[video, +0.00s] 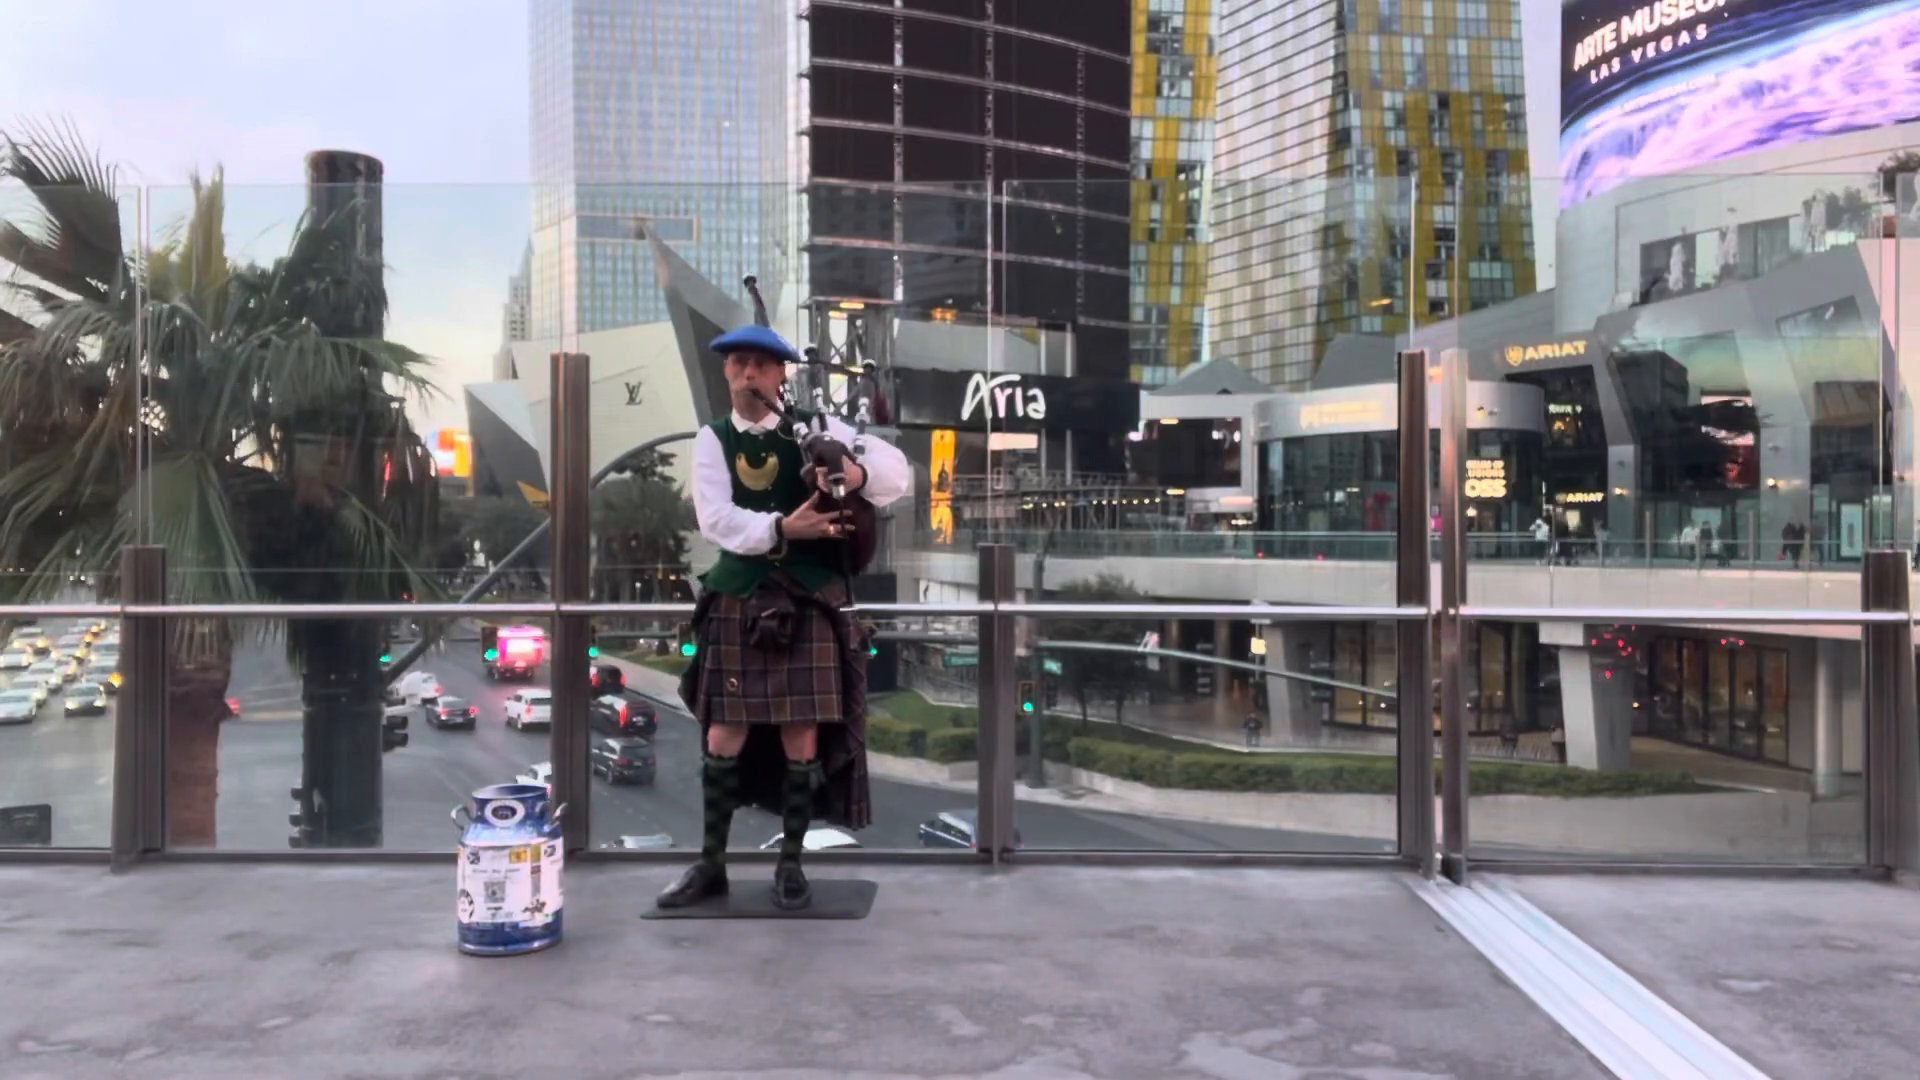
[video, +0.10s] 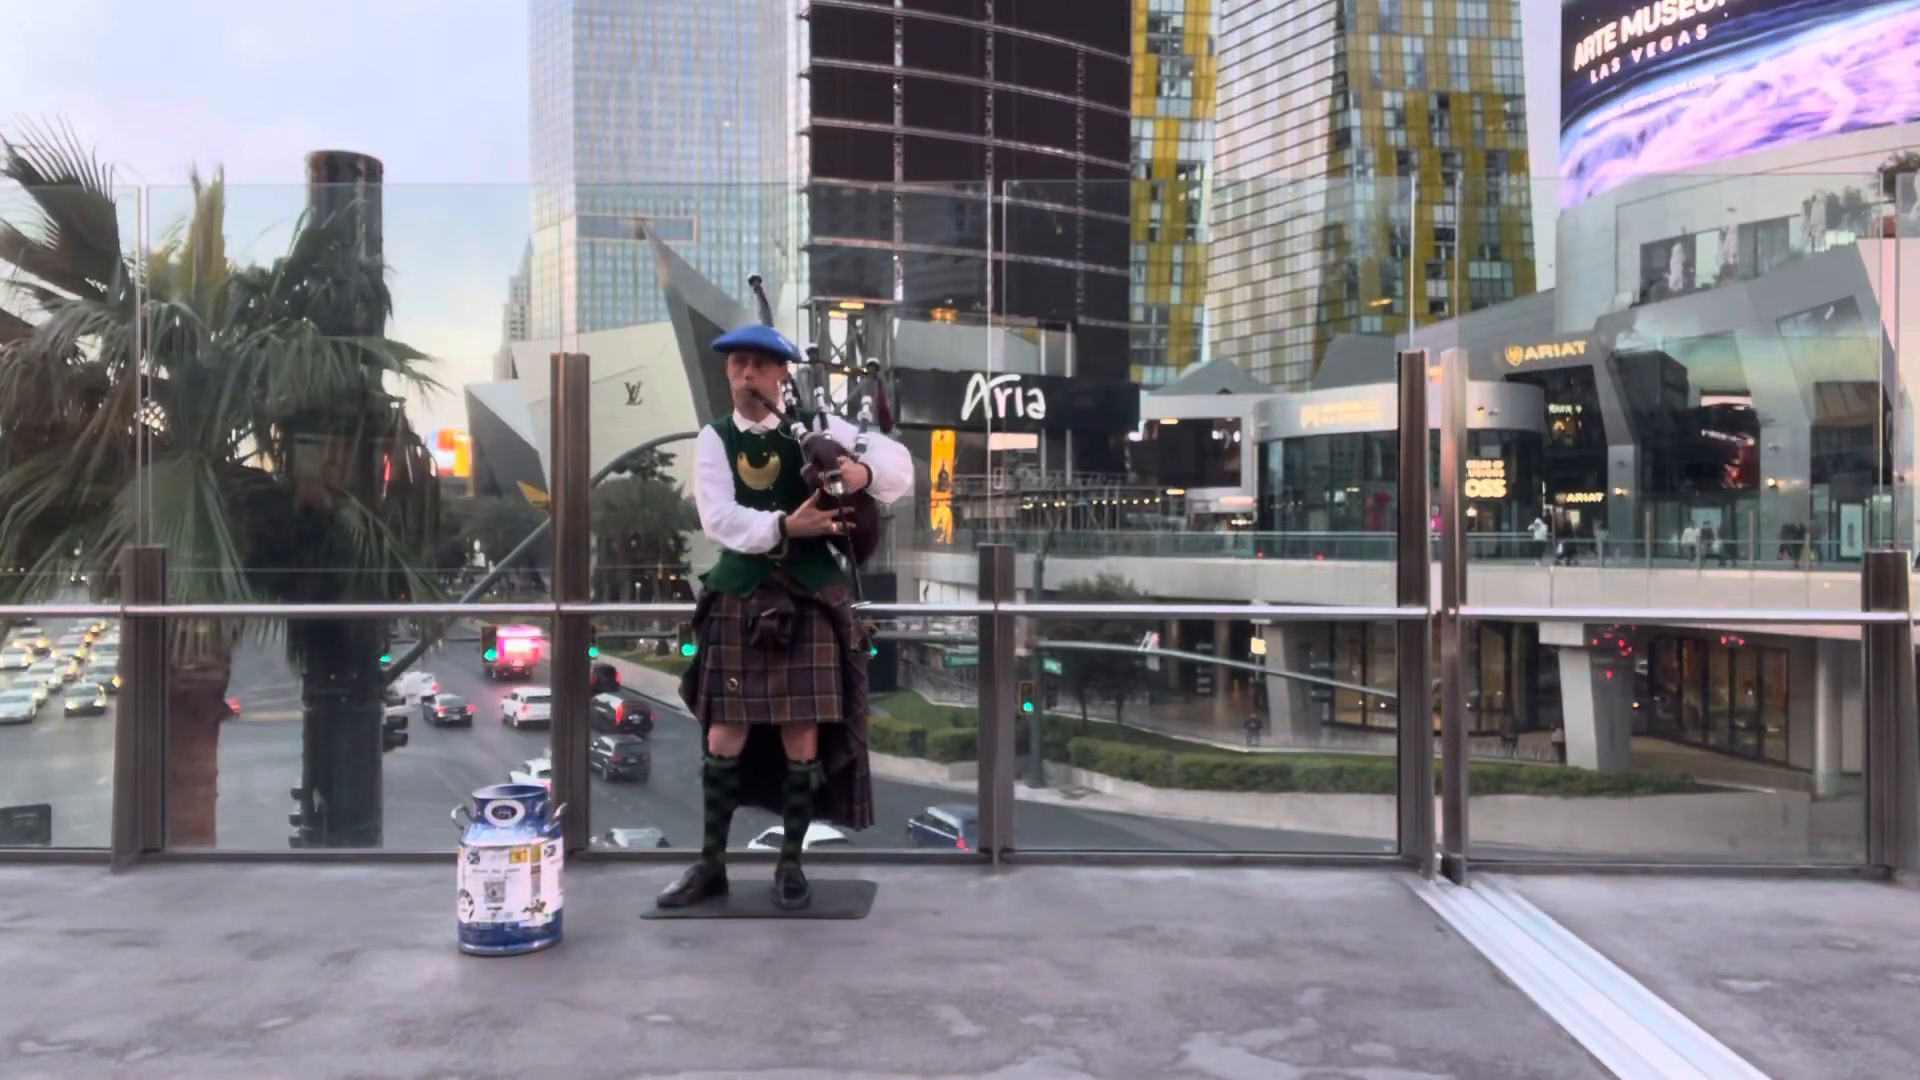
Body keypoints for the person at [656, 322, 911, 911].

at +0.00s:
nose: (748, 371)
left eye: (760, 362)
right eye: (739, 361)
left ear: (781, 372)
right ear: (724, 370)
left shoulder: (818, 430)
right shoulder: (713, 439)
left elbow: (899, 475)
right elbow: (715, 519)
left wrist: (855, 473)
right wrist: (783, 526)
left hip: (810, 597)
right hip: (737, 596)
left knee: (800, 731)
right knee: (724, 730)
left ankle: (791, 864)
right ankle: (712, 865)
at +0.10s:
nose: (746, 372)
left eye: (759, 363)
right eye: (738, 362)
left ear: (784, 372)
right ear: (726, 372)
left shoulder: (819, 427)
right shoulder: (715, 438)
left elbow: (901, 469)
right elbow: (717, 517)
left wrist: (862, 475)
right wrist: (786, 525)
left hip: (811, 595)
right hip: (738, 594)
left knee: (801, 730)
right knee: (725, 729)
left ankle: (790, 863)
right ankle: (711, 865)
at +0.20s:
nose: (743, 374)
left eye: (757, 364)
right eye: (736, 364)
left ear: (784, 371)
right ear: (727, 371)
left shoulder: (819, 424)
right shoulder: (717, 438)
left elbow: (899, 446)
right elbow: (718, 517)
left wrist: (879, 468)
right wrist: (789, 522)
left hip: (810, 594)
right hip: (738, 593)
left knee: (801, 731)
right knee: (724, 730)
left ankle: (790, 865)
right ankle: (710, 866)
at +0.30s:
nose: (739, 373)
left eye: (751, 363)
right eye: (734, 363)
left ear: (783, 370)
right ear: (730, 370)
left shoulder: (819, 424)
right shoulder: (719, 436)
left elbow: (901, 434)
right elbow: (718, 515)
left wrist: (890, 464)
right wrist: (788, 520)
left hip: (808, 594)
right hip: (738, 593)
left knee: (800, 731)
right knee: (725, 730)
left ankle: (790, 865)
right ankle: (711, 865)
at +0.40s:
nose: (738, 372)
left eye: (750, 362)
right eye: (734, 363)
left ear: (783, 369)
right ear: (731, 369)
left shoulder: (822, 424)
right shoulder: (720, 436)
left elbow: (902, 435)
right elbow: (719, 514)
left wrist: (889, 473)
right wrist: (789, 518)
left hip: (809, 594)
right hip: (739, 593)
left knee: (800, 731)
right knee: (725, 730)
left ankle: (790, 866)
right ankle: (711, 865)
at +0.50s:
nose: (740, 374)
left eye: (753, 363)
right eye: (735, 364)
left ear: (785, 367)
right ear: (731, 370)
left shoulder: (825, 424)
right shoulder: (722, 434)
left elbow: (899, 450)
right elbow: (721, 515)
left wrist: (871, 487)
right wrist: (792, 517)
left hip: (811, 595)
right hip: (741, 594)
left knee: (801, 733)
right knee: (726, 731)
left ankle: (790, 866)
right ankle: (711, 866)